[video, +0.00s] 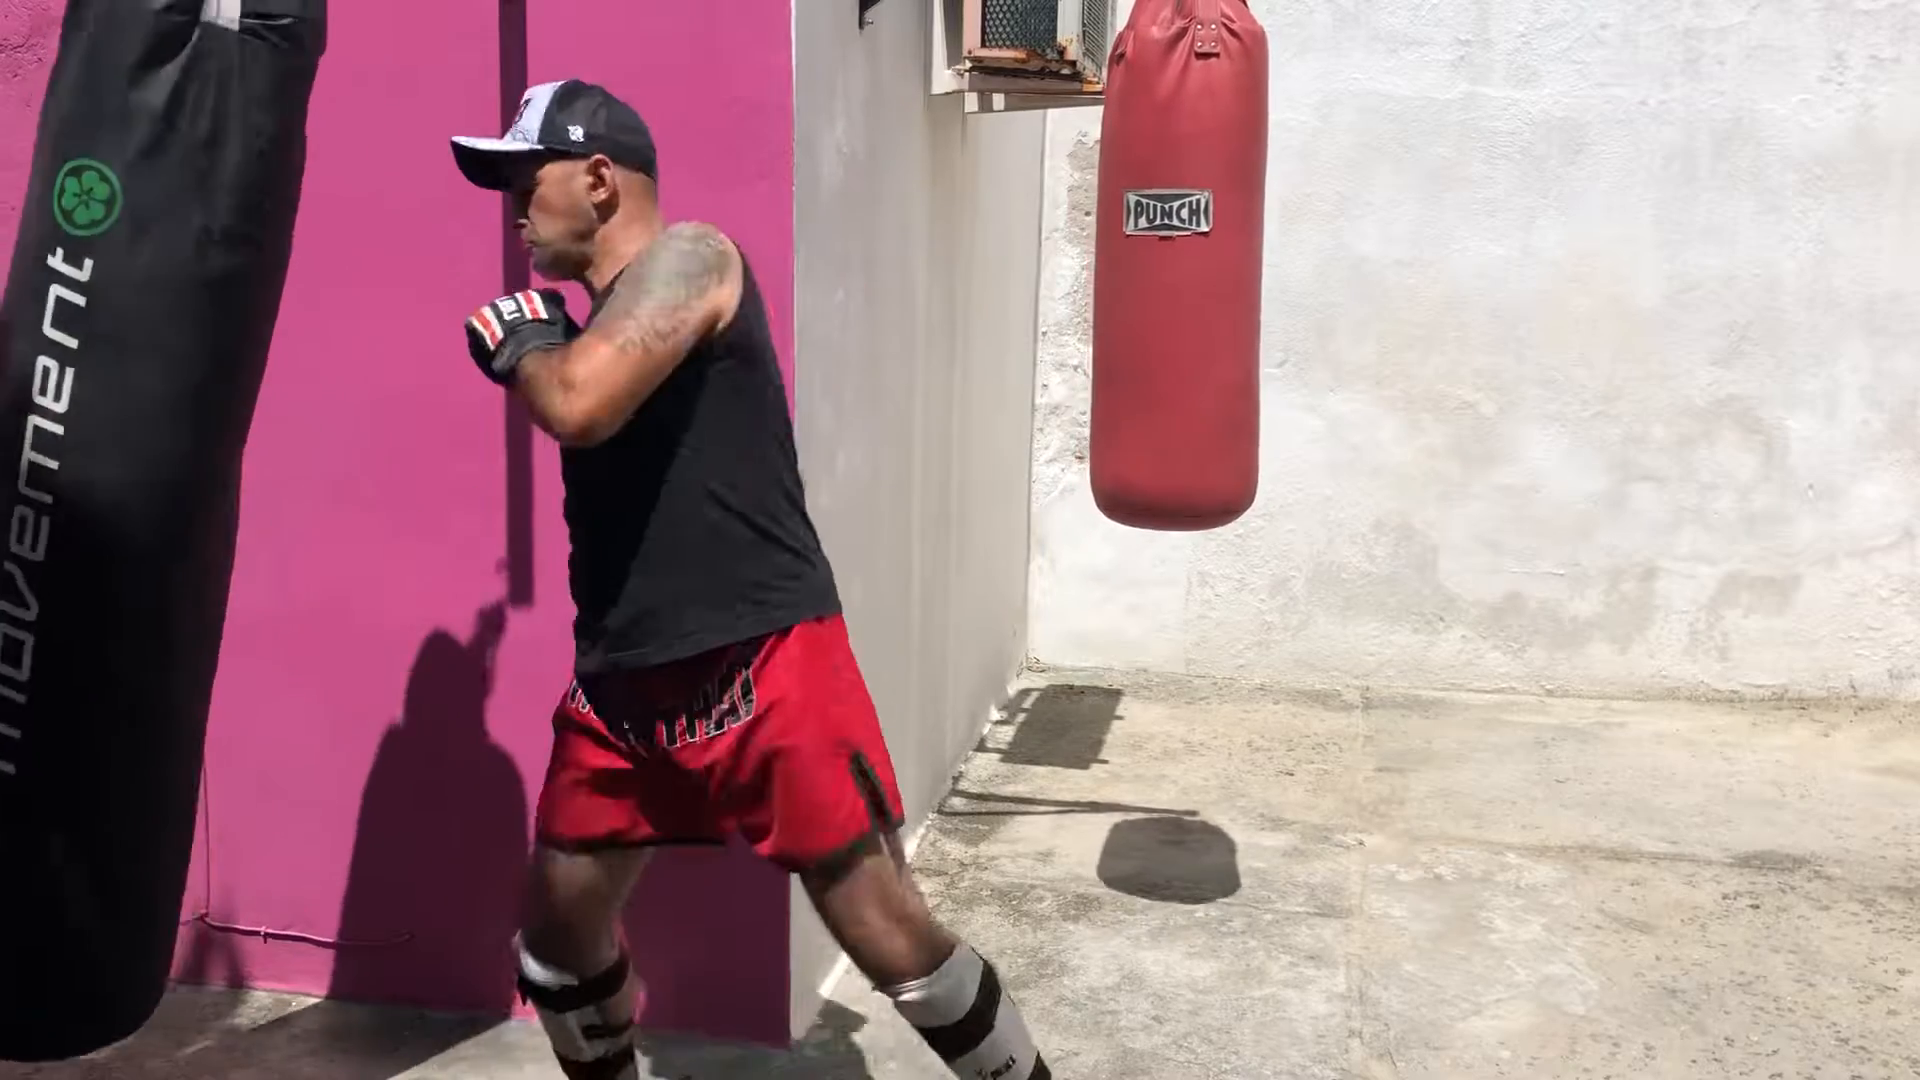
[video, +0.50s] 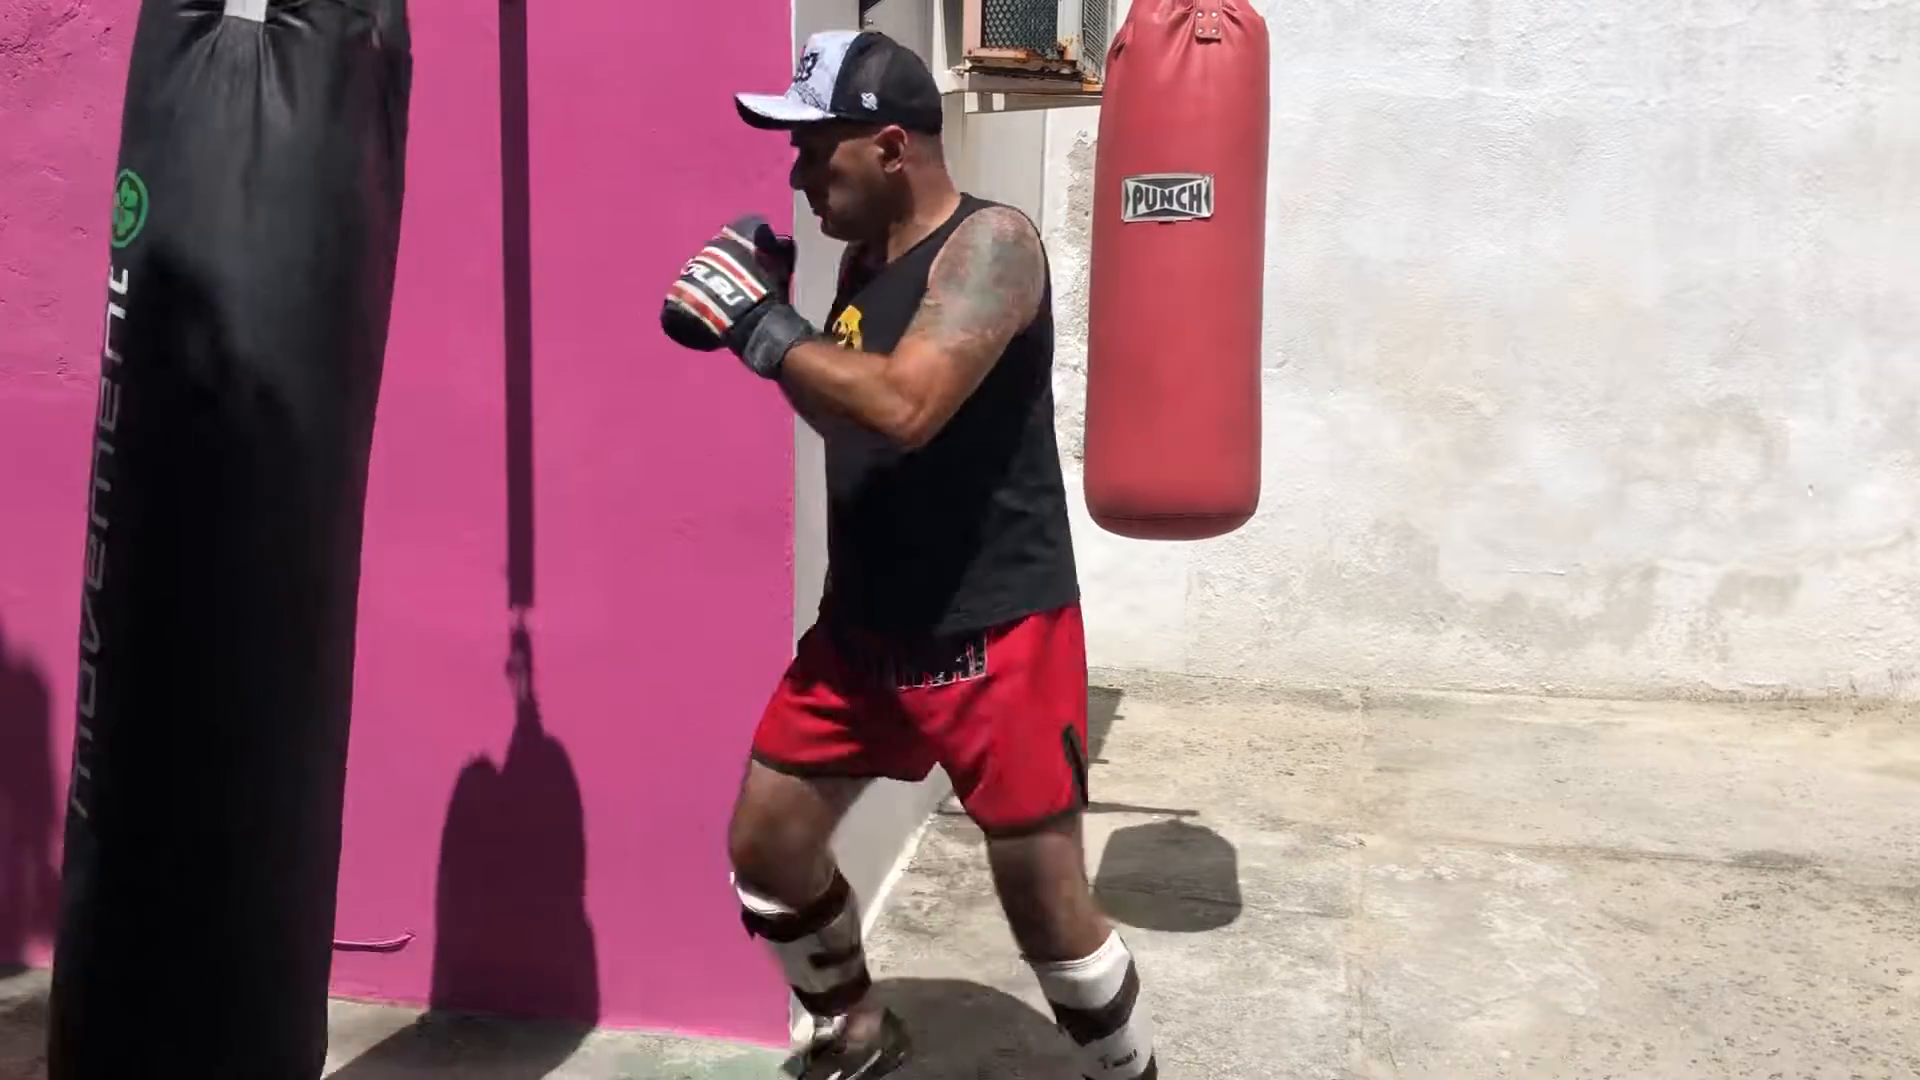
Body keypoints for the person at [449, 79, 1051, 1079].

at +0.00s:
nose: (514, 201)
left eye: (528, 178)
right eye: (513, 183)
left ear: (601, 178)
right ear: (593, 185)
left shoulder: (693, 253)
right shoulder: (592, 321)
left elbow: (577, 404)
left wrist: (524, 347)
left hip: (770, 653)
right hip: (625, 674)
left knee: (886, 935)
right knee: (563, 929)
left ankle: (1021, 1074)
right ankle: (611, 1076)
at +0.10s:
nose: (524, 193)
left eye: (539, 170)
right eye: (522, 174)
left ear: (611, 172)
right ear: (602, 179)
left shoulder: (722, 257)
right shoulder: (596, 323)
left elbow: (652, 410)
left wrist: (556, 358)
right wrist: (550, 371)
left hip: (780, 651)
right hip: (633, 669)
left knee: (896, 930)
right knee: (572, 923)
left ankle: (1018, 1072)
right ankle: (609, 1075)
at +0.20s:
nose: (592, 209)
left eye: (612, 185)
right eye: (592, 186)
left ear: (691, 190)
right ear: (672, 192)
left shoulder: (800, 298)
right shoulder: (608, 334)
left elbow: (806, 445)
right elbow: (522, 477)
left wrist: (654, 377)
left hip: (830, 659)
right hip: (668, 685)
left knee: (924, 869)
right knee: (581, 915)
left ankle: (1021, 1071)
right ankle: (599, 1077)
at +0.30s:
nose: (668, 233)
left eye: (689, 206)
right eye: (670, 207)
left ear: (767, 213)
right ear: (755, 215)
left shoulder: (870, 321)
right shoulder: (705, 351)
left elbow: (814, 469)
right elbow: (630, 484)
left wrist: (689, 377)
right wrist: (504, 488)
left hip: (858, 697)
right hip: (700, 700)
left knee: (972, 960)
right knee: (582, 931)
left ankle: (1090, 1074)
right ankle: (597, 1076)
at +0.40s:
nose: (741, 205)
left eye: (757, 182)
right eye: (740, 184)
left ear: (833, 187)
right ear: (821, 191)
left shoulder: (938, 288)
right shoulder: (797, 313)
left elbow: (835, 447)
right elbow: (777, 475)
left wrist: (725, 350)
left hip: (933, 673)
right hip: (790, 667)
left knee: (1014, 951)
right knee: (682, 899)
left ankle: (1113, 1077)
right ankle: (612, 1071)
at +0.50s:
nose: (800, 166)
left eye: (818, 145)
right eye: (798, 143)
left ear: (896, 147)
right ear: (877, 150)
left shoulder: (995, 241)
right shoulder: (861, 261)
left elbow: (903, 408)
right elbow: (857, 418)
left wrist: (764, 322)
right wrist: (770, 317)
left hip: (1000, 628)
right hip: (867, 622)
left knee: (1048, 913)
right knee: (769, 846)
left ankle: (1126, 1067)